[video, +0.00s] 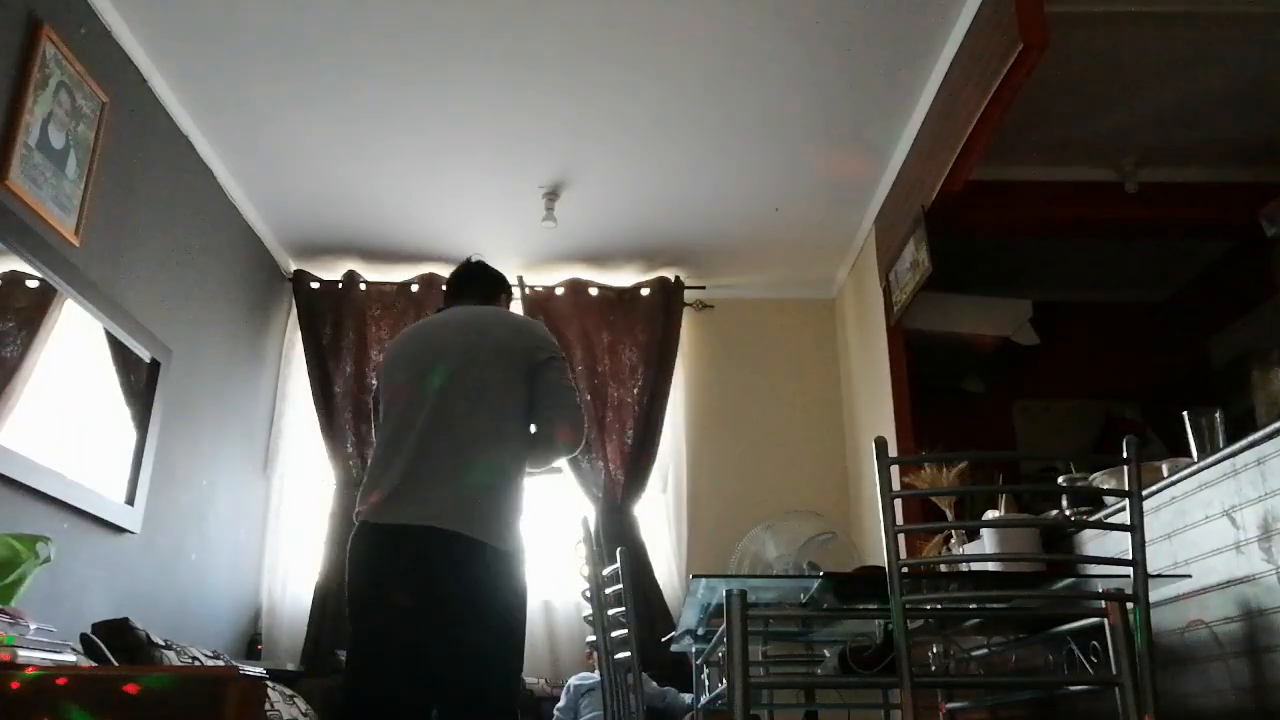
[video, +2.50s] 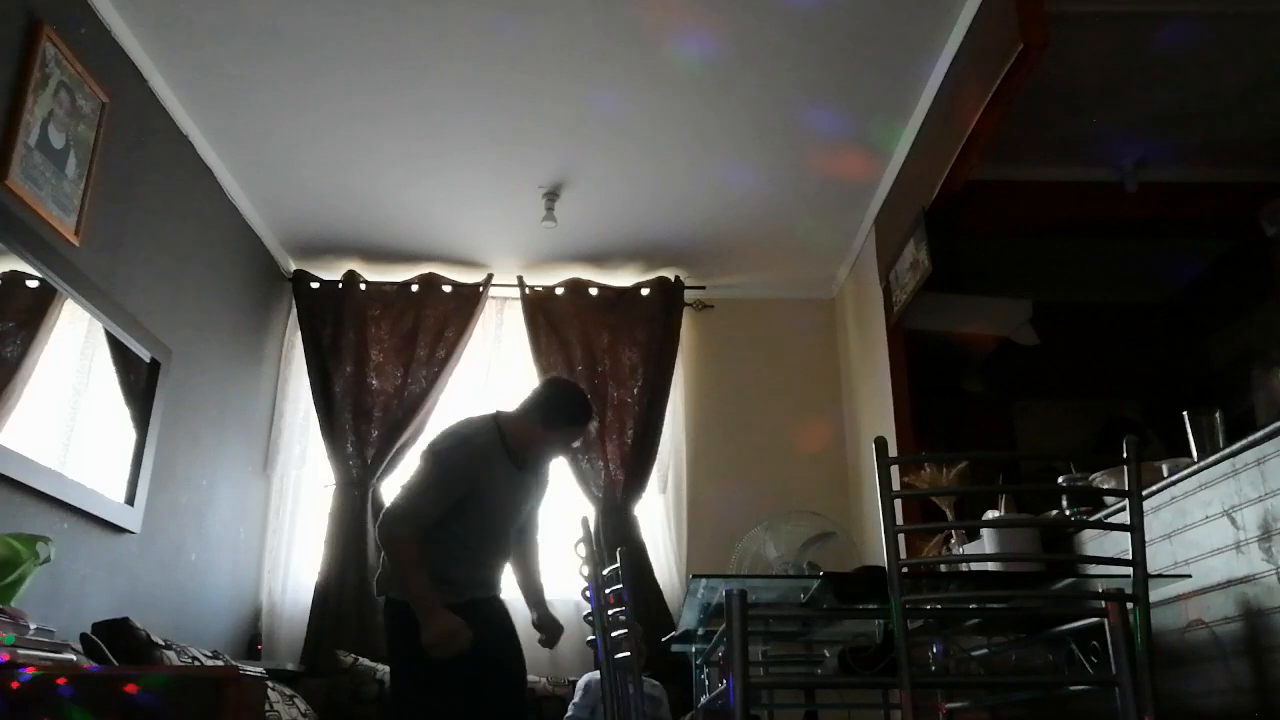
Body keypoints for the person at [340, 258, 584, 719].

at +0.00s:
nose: (513, 310)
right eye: (511, 304)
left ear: (444, 299)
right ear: (505, 301)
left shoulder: (401, 341)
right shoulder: (529, 334)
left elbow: (384, 437)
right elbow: (565, 432)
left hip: (380, 543)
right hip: (477, 549)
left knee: (380, 694)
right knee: (480, 701)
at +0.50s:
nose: (564, 366)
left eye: (563, 359)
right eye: (564, 358)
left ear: (511, 345)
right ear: (555, 350)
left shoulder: (456, 385)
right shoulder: (559, 381)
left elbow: (452, 481)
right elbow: (580, 488)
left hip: (431, 582)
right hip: (505, 586)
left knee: (462, 709)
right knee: (524, 709)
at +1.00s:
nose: (594, 468)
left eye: (601, 460)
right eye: (598, 455)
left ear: (563, 423)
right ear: (589, 437)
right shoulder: (558, 444)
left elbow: (475, 573)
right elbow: (541, 528)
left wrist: (510, 646)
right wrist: (561, 618)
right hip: (451, 595)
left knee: (455, 707)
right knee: (497, 707)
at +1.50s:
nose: (612, 564)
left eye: (620, 556)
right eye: (619, 552)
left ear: (595, 517)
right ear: (608, 532)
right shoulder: (564, 539)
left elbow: (496, 626)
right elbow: (528, 641)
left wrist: (512, 676)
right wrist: (550, 704)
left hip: (396, 600)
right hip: (434, 609)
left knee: (435, 710)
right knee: (475, 711)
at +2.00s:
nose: (578, 521)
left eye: (588, 516)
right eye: (586, 511)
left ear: (574, 475)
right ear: (578, 486)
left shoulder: (531, 508)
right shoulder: (513, 491)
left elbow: (508, 599)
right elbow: (484, 602)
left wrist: (523, 677)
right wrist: (517, 680)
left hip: (436, 605)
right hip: (394, 603)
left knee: (475, 705)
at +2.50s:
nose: (562, 452)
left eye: (568, 445)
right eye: (564, 443)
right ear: (544, 424)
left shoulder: (535, 462)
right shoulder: (465, 444)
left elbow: (522, 536)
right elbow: (394, 525)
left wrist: (538, 607)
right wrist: (430, 612)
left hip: (483, 607)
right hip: (418, 611)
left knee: (506, 706)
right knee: (429, 713)